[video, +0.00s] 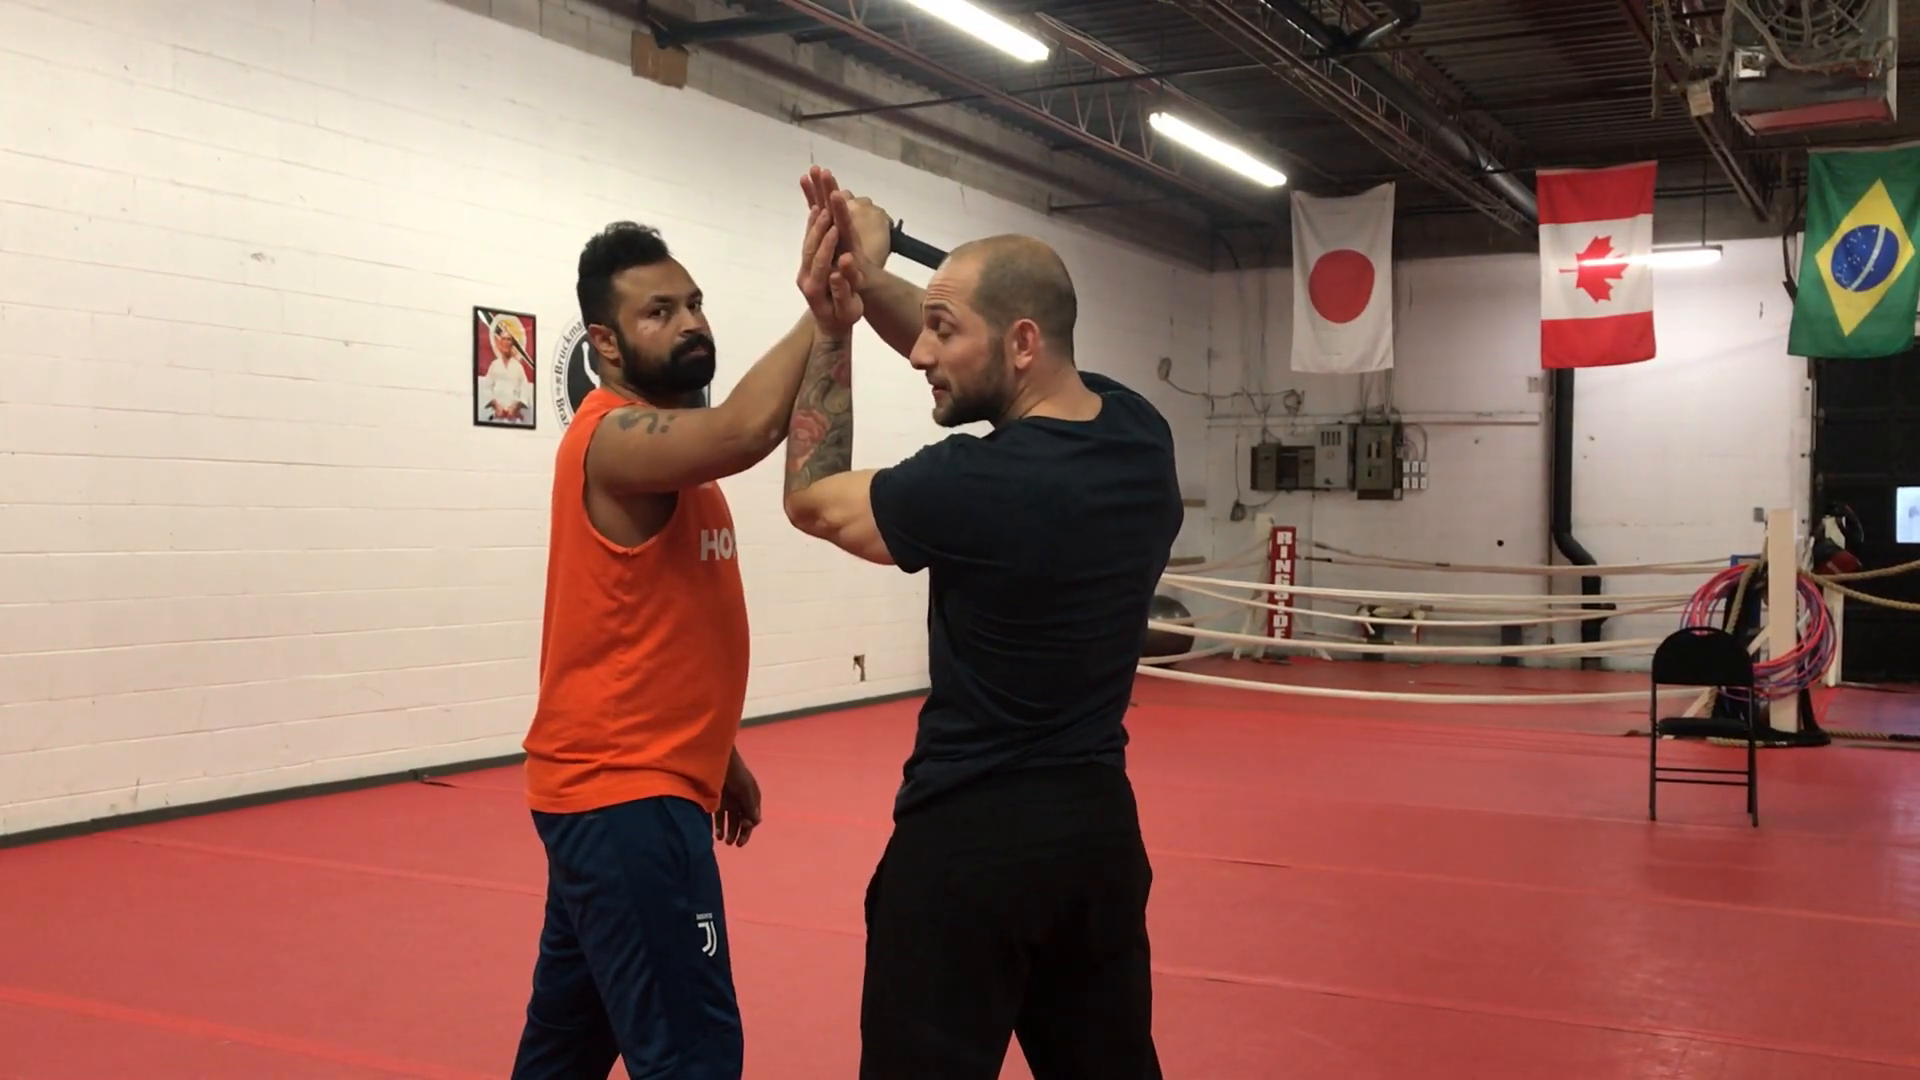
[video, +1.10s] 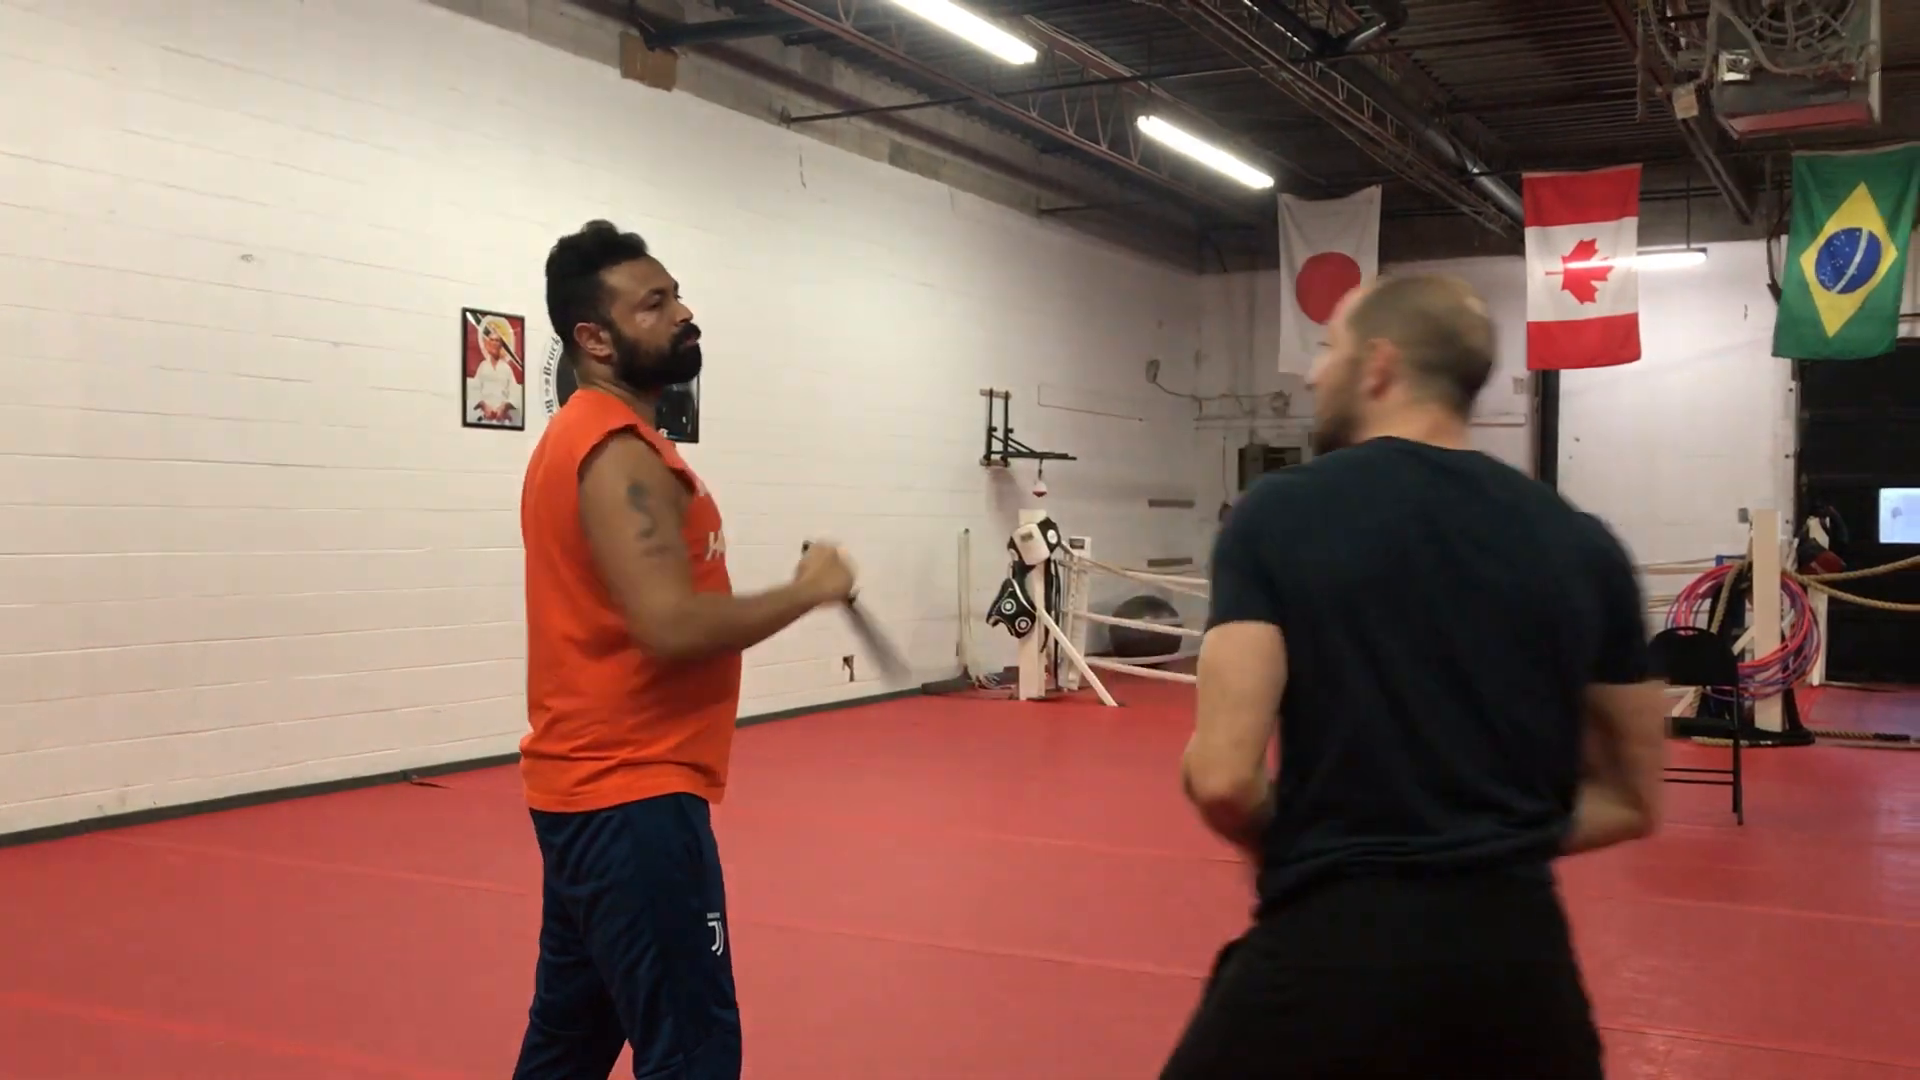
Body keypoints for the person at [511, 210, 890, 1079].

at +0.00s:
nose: (692, 323)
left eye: (695, 302)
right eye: (661, 312)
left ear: (703, 307)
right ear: (606, 343)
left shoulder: (654, 436)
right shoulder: (616, 434)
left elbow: (650, 625)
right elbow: (741, 431)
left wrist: (716, 753)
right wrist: (823, 313)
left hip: (635, 787)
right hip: (622, 792)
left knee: (566, 1050)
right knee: (696, 1055)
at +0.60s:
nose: (671, 316)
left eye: (671, 298)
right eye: (641, 306)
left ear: (679, 303)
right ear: (584, 340)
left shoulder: (626, 429)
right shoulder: (611, 433)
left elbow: (628, 623)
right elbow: (764, 437)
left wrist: (708, 750)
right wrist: (895, 385)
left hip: (615, 786)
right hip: (623, 791)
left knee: (576, 1046)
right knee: (691, 1053)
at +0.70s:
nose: (679, 315)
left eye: (673, 298)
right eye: (648, 303)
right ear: (588, 338)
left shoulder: (598, 432)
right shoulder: (621, 439)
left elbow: (624, 623)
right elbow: (786, 463)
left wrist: (695, 752)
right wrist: (935, 434)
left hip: (605, 787)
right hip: (626, 791)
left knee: (576, 1041)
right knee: (689, 1052)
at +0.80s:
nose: (685, 315)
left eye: (678, 297)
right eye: (655, 303)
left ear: (600, 345)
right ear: (594, 337)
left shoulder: (582, 433)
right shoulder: (629, 444)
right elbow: (788, 484)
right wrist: (935, 457)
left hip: (589, 785)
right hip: (636, 791)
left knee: (572, 1040)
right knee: (690, 1052)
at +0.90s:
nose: (689, 315)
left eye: (681, 296)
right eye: (659, 305)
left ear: (596, 346)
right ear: (595, 338)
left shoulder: (578, 435)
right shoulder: (627, 445)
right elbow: (770, 517)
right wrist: (885, 481)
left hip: (586, 784)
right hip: (641, 792)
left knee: (571, 1039)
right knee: (693, 1052)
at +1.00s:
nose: (690, 318)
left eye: (682, 299)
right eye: (661, 306)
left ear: (598, 345)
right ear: (598, 339)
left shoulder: (576, 437)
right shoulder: (621, 442)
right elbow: (724, 571)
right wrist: (843, 532)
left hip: (587, 787)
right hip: (639, 793)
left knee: (573, 1040)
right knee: (697, 1050)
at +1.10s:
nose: (685, 313)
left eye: (676, 296)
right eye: (655, 302)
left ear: (597, 347)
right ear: (594, 340)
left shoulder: (577, 438)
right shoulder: (616, 447)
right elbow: (670, 621)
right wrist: (804, 592)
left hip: (584, 787)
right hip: (635, 792)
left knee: (569, 1043)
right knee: (694, 1050)